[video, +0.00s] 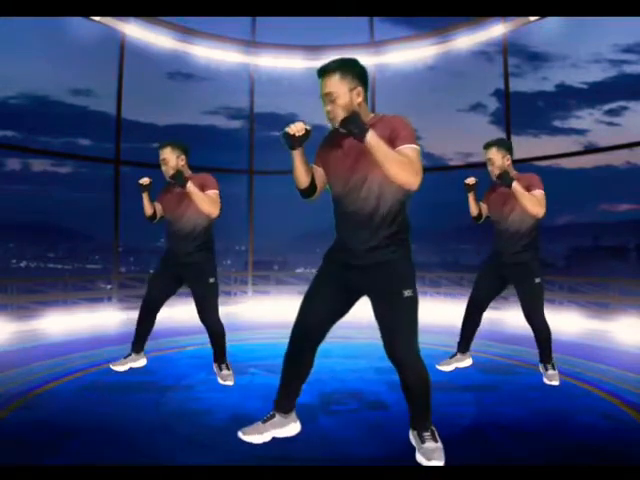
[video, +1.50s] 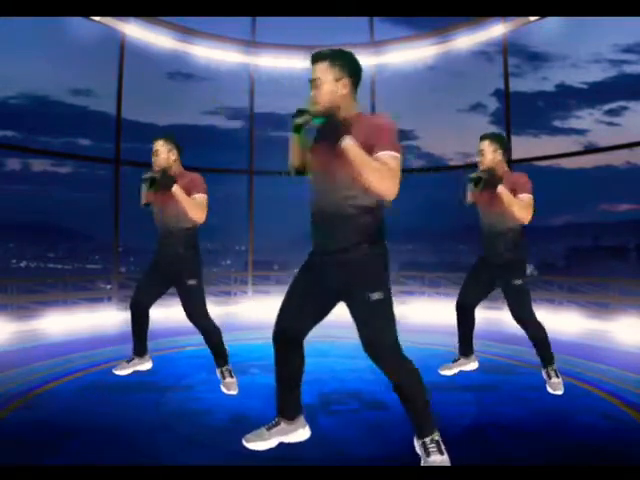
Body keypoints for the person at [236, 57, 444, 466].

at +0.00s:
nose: (327, 106)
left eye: (333, 97)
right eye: (324, 99)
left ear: (359, 94)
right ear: (328, 101)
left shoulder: (394, 127)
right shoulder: (331, 143)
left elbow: (411, 178)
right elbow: (309, 188)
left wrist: (365, 133)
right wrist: (297, 149)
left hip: (390, 260)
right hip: (344, 258)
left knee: (403, 351)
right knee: (304, 334)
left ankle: (424, 430)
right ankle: (283, 415)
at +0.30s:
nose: (312, 96)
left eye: (317, 86)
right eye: (310, 88)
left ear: (343, 85)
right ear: (315, 91)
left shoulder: (381, 125)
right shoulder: (320, 138)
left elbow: (395, 174)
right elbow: (296, 181)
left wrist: (349, 126)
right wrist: (282, 145)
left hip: (377, 259)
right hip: (328, 255)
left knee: (397, 348)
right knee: (278, 320)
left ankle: (423, 429)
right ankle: (267, 402)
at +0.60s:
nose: (276, 102)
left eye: (283, 94)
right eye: (276, 95)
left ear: (310, 96)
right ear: (296, 98)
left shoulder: (348, 140)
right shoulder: (281, 146)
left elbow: (364, 195)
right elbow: (252, 187)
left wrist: (322, 153)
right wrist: (243, 151)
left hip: (335, 267)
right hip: (284, 266)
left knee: (381, 345)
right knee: (258, 337)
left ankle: (377, 421)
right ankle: (251, 406)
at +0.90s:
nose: (296, 91)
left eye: (302, 82)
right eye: (296, 83)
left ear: (329, 81)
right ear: (315, 84)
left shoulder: (369, 116)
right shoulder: (306, 136)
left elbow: (382, 164)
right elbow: (281, 177)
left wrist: (328, 126)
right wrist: (269, 136)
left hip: (370, 254)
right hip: (323, 253)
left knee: (394, 347)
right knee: (279, 327)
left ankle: (427, 437)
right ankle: (283, 413)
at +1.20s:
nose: (324, 93)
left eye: (331, 84)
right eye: (323, 86)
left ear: (359, 84)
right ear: (336, 89)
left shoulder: (395, 125)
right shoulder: (328, 136)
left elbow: (406, 176)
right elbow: (308, 181)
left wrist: (353, 134)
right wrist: (288, 153)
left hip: (386, 265)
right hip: (334, 263)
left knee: (407, 357)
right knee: (289, 332)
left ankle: (427, 440)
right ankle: (285, 414)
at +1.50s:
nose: (312, 90)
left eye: (319, 82)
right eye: (311, 83)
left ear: (345, 84)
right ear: (321, 87)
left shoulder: (377, 125)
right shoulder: (320, 132)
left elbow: (388, 187)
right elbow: (298, 167)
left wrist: (345, 141)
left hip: (363, 259)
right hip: (324, 258)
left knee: (383, 350)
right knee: (286, 333)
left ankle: (430, 440)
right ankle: (290, 420)